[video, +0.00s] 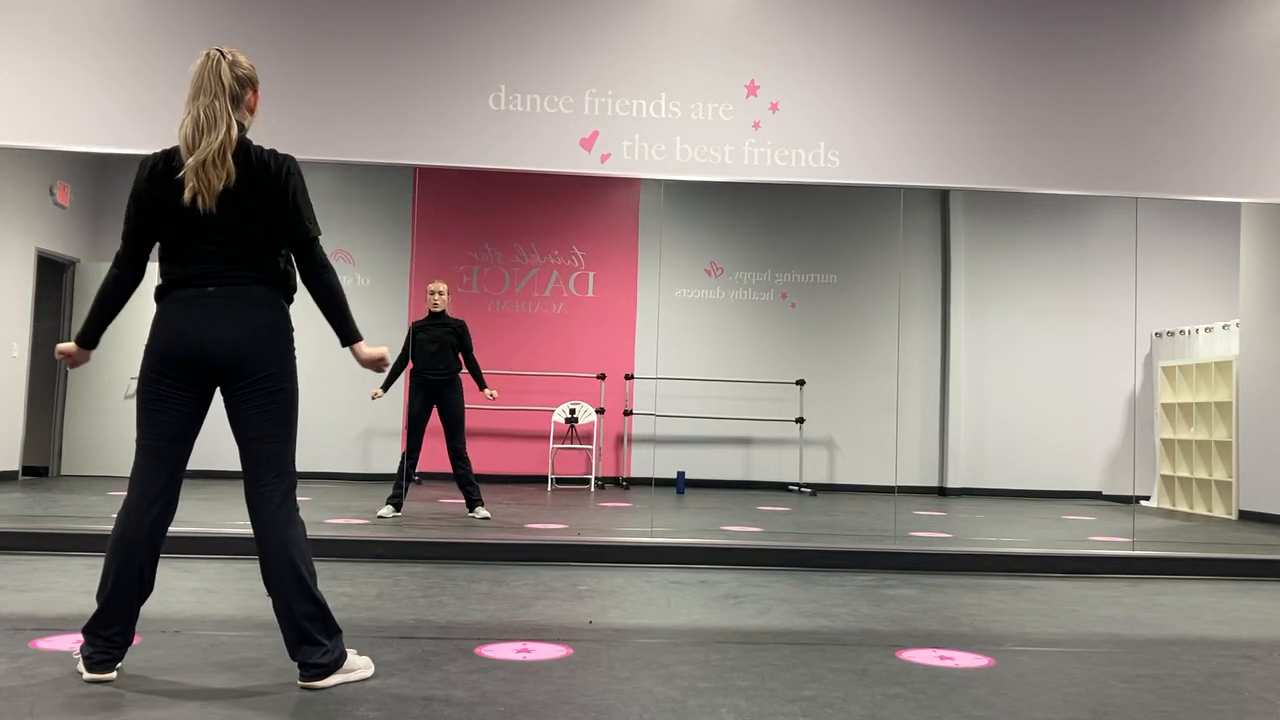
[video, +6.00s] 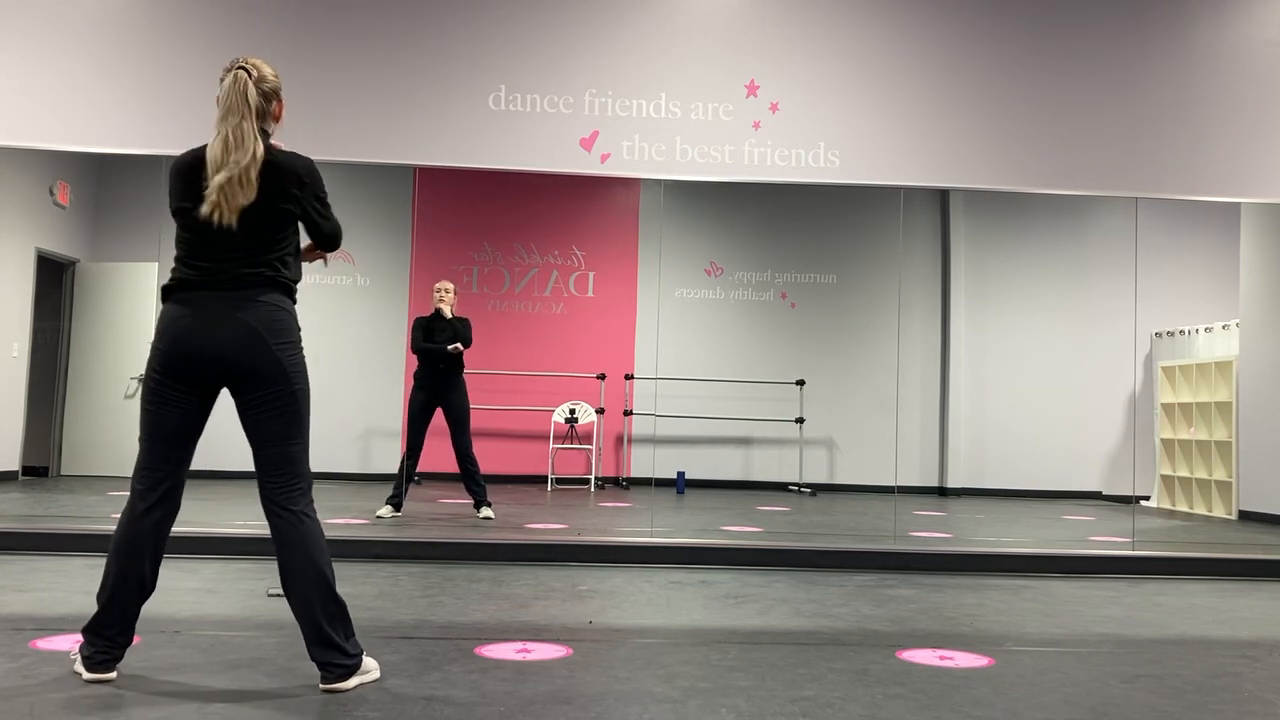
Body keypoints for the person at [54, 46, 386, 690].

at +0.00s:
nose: (260, 102)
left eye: (257, 91)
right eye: (258, 93)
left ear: (196, 95)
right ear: (246, 98)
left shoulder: (160, 169)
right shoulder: (277, 170)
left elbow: (129, 263)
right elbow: (313, 259)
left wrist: (85, 340)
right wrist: (354, 340)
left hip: (176, 332)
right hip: (258, 334)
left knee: (149, 490)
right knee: (273, 496)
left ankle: (102, 648)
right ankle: (318, 656)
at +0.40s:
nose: (256, 101)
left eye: (252, 90)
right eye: (254, 92)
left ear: (192, 94)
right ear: (244, 96)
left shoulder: (152, 165)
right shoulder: (277, 163)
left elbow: (145, 266)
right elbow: (292, 265)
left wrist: (155, 338)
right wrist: (282, 338)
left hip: (165, 324)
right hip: (250, 323)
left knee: (145, 487)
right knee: (273, 494)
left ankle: (101, 648)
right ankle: (317, 655)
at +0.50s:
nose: (256, 102)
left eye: (253, 92)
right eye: (254, 93)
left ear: (191, 94)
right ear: (245, 97)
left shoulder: (153, 164)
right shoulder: (276, 163)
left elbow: (147, 255)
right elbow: (297, 260)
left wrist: (176, 298)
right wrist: (256, 302)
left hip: (165, 323)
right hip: (249, 323)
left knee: (139, 488)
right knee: (280, 493)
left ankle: (97, 649)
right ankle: (321, 656)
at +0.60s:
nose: (260, 100)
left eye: (256, 89)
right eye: (257, 91)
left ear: (195, 92)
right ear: (246, 96)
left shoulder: (160, 161)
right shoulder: (277, 160)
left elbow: (157, 233)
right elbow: (298, 251)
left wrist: (223, 223)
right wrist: (246, 223)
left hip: (172, 322)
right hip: (254, 322)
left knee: (143, 486)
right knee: (289, 490)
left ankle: (97, 648)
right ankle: (338, 654)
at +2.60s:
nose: (277, 110)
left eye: (273, 100)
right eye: (275, 101)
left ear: (213, 102)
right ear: (264, 105)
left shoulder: (183, 167)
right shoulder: (286, 162)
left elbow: (184, 238)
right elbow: (323, 236)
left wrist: (281, 249)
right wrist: (299, 246)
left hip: (189, 325)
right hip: (268, 325)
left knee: (156, 487)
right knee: (291, 495)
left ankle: (100, 649)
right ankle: (338, 659)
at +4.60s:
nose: (284, 114)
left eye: (282, 104)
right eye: (282, 105)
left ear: (220, 105)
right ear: (269, 108)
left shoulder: (186, 170)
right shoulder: (288, 166)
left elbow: (194, 246)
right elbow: (328, 243)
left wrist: (296, 254)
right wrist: (315, 248)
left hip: (200, 331)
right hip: (277, 329)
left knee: (167, 490)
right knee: (298, 495)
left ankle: (101, 648)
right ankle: (338, 659)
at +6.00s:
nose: (285, 114)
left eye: (282, 104)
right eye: (284, 105)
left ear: (223, 107)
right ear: (272, 110)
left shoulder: (186, 166)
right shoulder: (294, 169)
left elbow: (201, 237)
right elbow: (329, 239)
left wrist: (295, 250)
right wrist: (298, 246)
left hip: (183, 327)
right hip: (264, 327)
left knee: (151, 490)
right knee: (289, 497)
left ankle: (101, 649)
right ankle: (338, 659)